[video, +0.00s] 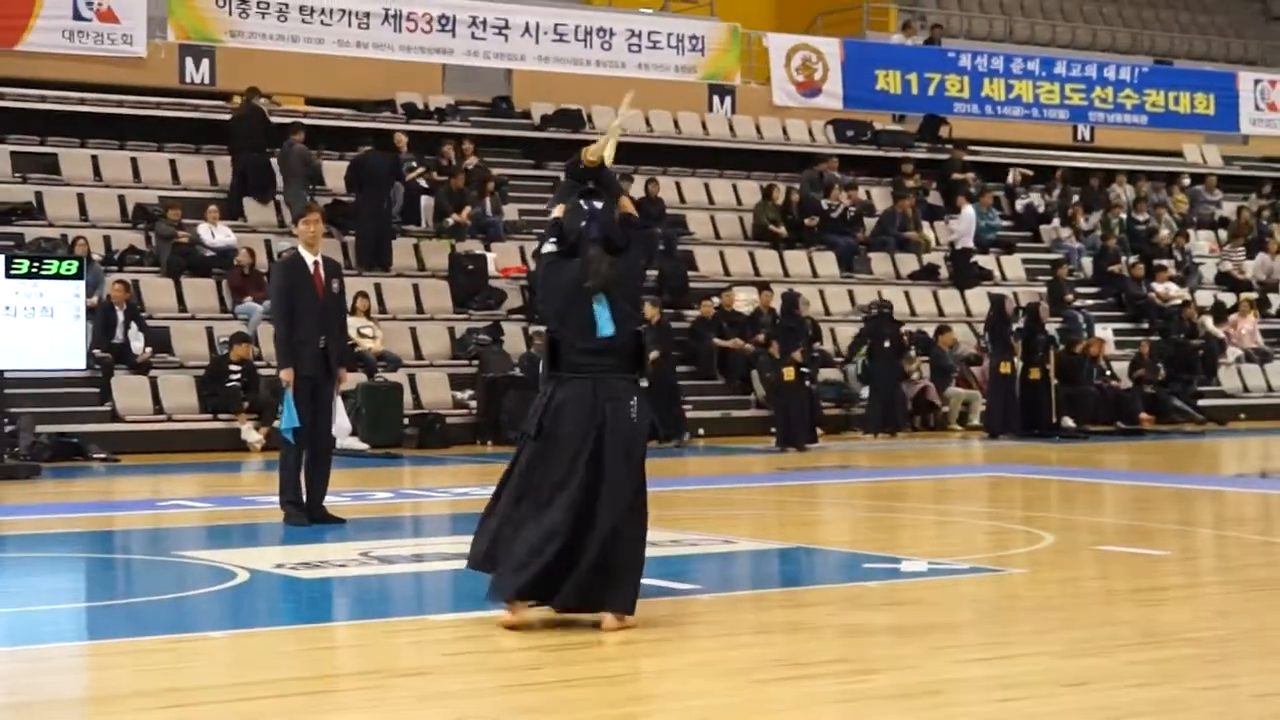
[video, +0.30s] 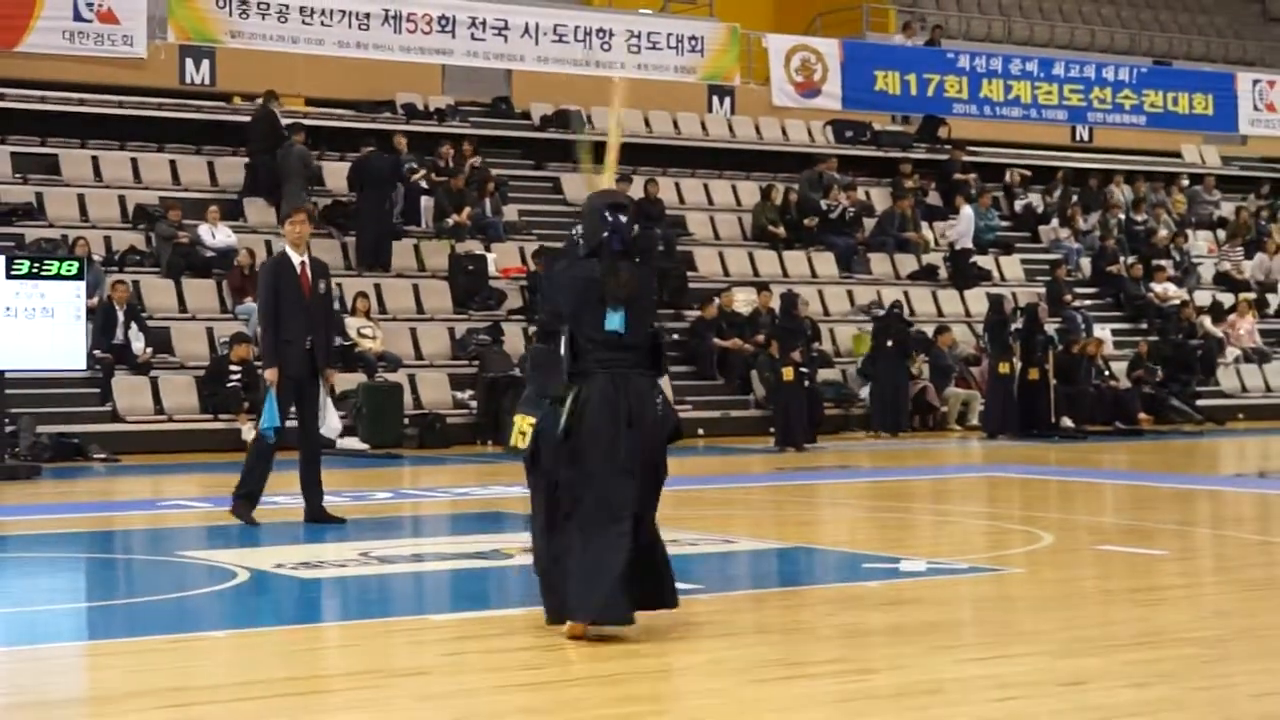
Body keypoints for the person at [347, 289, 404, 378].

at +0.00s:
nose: (364, 304)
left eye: (366, 301)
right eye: (361, 301)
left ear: (369, 304)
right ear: (355, 302)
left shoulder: (372, 320)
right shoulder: (349, 319)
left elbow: (379, 334)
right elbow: (350, 337)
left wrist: (376, 346)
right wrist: (366, 347)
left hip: (375, 348)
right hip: (361, 348)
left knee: (396, 361)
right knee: (371, 362)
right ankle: (372, 385)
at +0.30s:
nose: (364, 304)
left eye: (366, 301)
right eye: (361, 301)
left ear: (369, 304)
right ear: (355, 303)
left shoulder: (372, 321)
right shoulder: (348, 321)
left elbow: (379, 335)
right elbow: (353, 338)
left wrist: (377, 347)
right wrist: (368, 347)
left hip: (376, 348)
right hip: (361, 349)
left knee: (396, 361)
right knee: (371, 362)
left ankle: (386, 381)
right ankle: (371, 383)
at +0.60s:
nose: (366, 304)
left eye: (369, 302)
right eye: (363, 301)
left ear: (371, 304)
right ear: (357, 303)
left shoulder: (375, 321)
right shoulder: (350, 321)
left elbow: (381, 335)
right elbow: (355, 338)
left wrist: (379, 347)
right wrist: (370, 347)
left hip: (378, 349)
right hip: (363, 350)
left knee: (398, 361)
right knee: (373, 362)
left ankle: (387, 383)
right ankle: (373, 384)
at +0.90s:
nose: (366, 304)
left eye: (368, 302)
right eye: (363, 301)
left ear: (371, 304)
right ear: (357, 303)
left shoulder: (374, 321)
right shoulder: (350, 321)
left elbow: (381, 335)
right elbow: (355, 338)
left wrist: (379, 347)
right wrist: (370, 347)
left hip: (377, 348)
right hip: (363, 349)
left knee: (398, 361)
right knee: (373, 362)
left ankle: (387, 381)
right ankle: (373, 383)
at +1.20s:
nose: (367, 304)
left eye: (370, 301)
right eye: (364, 301)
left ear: (372, 304)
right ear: (358, 303)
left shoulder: (375, 321)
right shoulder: (351, 321)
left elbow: (382, 334)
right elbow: (355, 338)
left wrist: (380, 347)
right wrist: (371, 347)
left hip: (379, 348)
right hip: (365, 349)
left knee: (400, 361)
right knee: (375, 362)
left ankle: (388, 381)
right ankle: (375, 382)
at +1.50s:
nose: (369, 303)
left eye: (372, 301)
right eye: (366, 300)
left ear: (374, 304)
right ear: (360, 302)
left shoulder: (377, 321)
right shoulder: (353, 320)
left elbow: (383, 335)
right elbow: (359, 338)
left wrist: (382, 347)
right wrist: (374, 347)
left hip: (381, 347)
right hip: (366, 348)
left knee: (402, 360)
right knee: (376, 361)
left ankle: (388, 379)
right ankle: (377, 383)